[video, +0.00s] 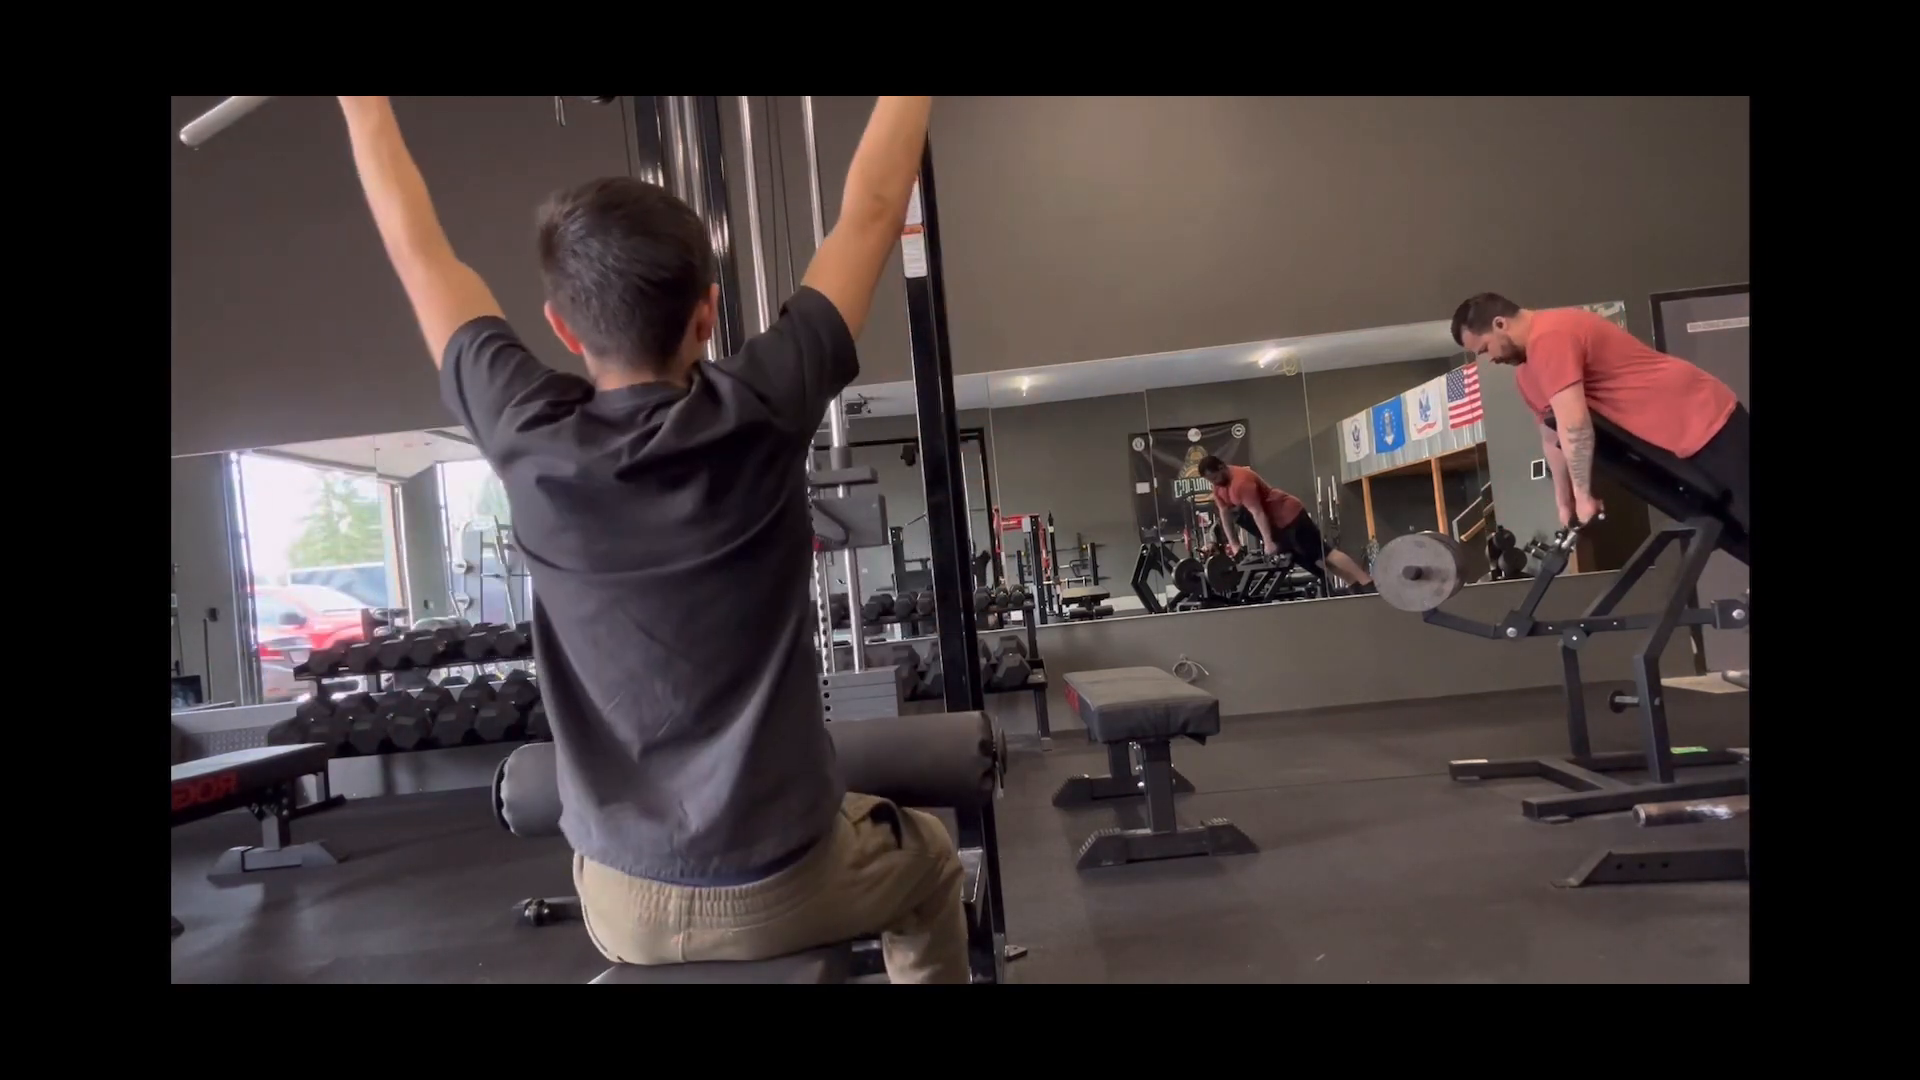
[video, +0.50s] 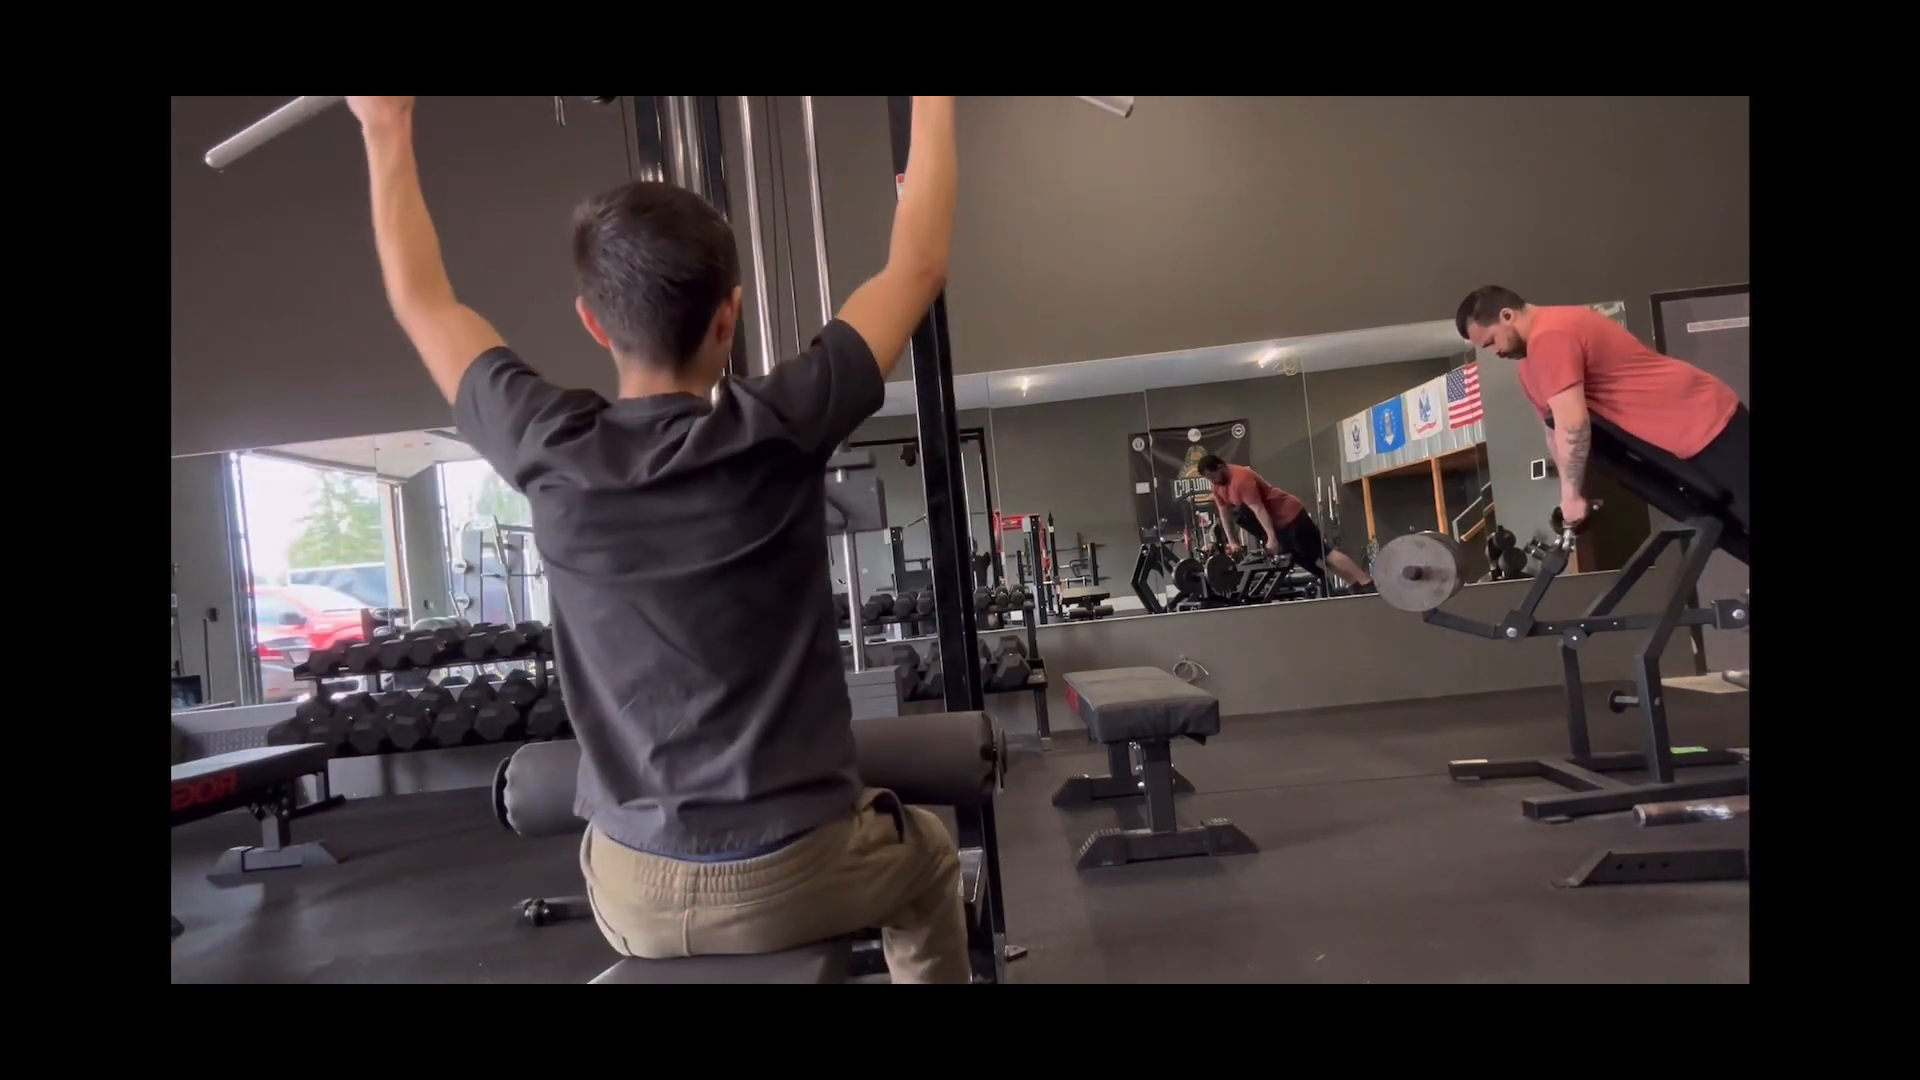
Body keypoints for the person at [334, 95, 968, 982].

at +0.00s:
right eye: (714, 296)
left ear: (562, 331)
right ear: (707, 319)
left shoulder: (532, 438)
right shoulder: (763, 409)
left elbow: (418, 250)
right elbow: (873, 216)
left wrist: (359, 100)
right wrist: (910, 84)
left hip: (618, 904)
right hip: (778, 897)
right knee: (924, 856)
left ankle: (635, 966)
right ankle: (936, 977)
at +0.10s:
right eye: (725, 294)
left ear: (581, 325)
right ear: (718, 318)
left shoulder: (549, 424)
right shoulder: (770, 396)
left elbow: (437, 242)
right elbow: (869, 209)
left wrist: (373, 94)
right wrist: (911, 84)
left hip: (625, 896)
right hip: (788, 890)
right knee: (927, 860)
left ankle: (637, 971)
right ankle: (931, 976)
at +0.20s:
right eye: (740, 296)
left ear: (598, 329)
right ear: (731, 319)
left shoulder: (564, 426)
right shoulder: (779, 403)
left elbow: (453, 243)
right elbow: (874, 216)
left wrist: (387, 94)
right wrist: (916, 87)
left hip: (628, 889)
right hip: (790, 884)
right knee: (929, 860)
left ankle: (641, 969)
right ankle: (930, 976)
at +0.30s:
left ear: (609, 330)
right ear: (741, 321)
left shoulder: (570, 432)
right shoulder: (786, 413)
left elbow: (461, 259)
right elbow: (885, 227)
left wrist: (397, 105)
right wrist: (922, 89)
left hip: (630, 885)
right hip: (793, 881)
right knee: (928, 857)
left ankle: (645, 971)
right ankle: (933, 977)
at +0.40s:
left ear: (609, 325)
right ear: (742, 316)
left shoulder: (565, 438)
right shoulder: (789, 417)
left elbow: (450, 280)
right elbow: (903, 248)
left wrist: (397, 121)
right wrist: (931, 95)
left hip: (632, 886)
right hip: (797, 879)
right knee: (926, 858)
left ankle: (648, 973)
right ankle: (931, 978)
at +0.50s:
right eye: (738, 294)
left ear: (592, 323)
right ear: (729, 316)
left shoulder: (552, 446)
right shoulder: (780, 423)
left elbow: (422, 300)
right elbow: (916, 269)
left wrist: (385, 133)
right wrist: (935, 101)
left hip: (630, 889)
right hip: (794, 881)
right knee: (923, 854)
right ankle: (936, 979)